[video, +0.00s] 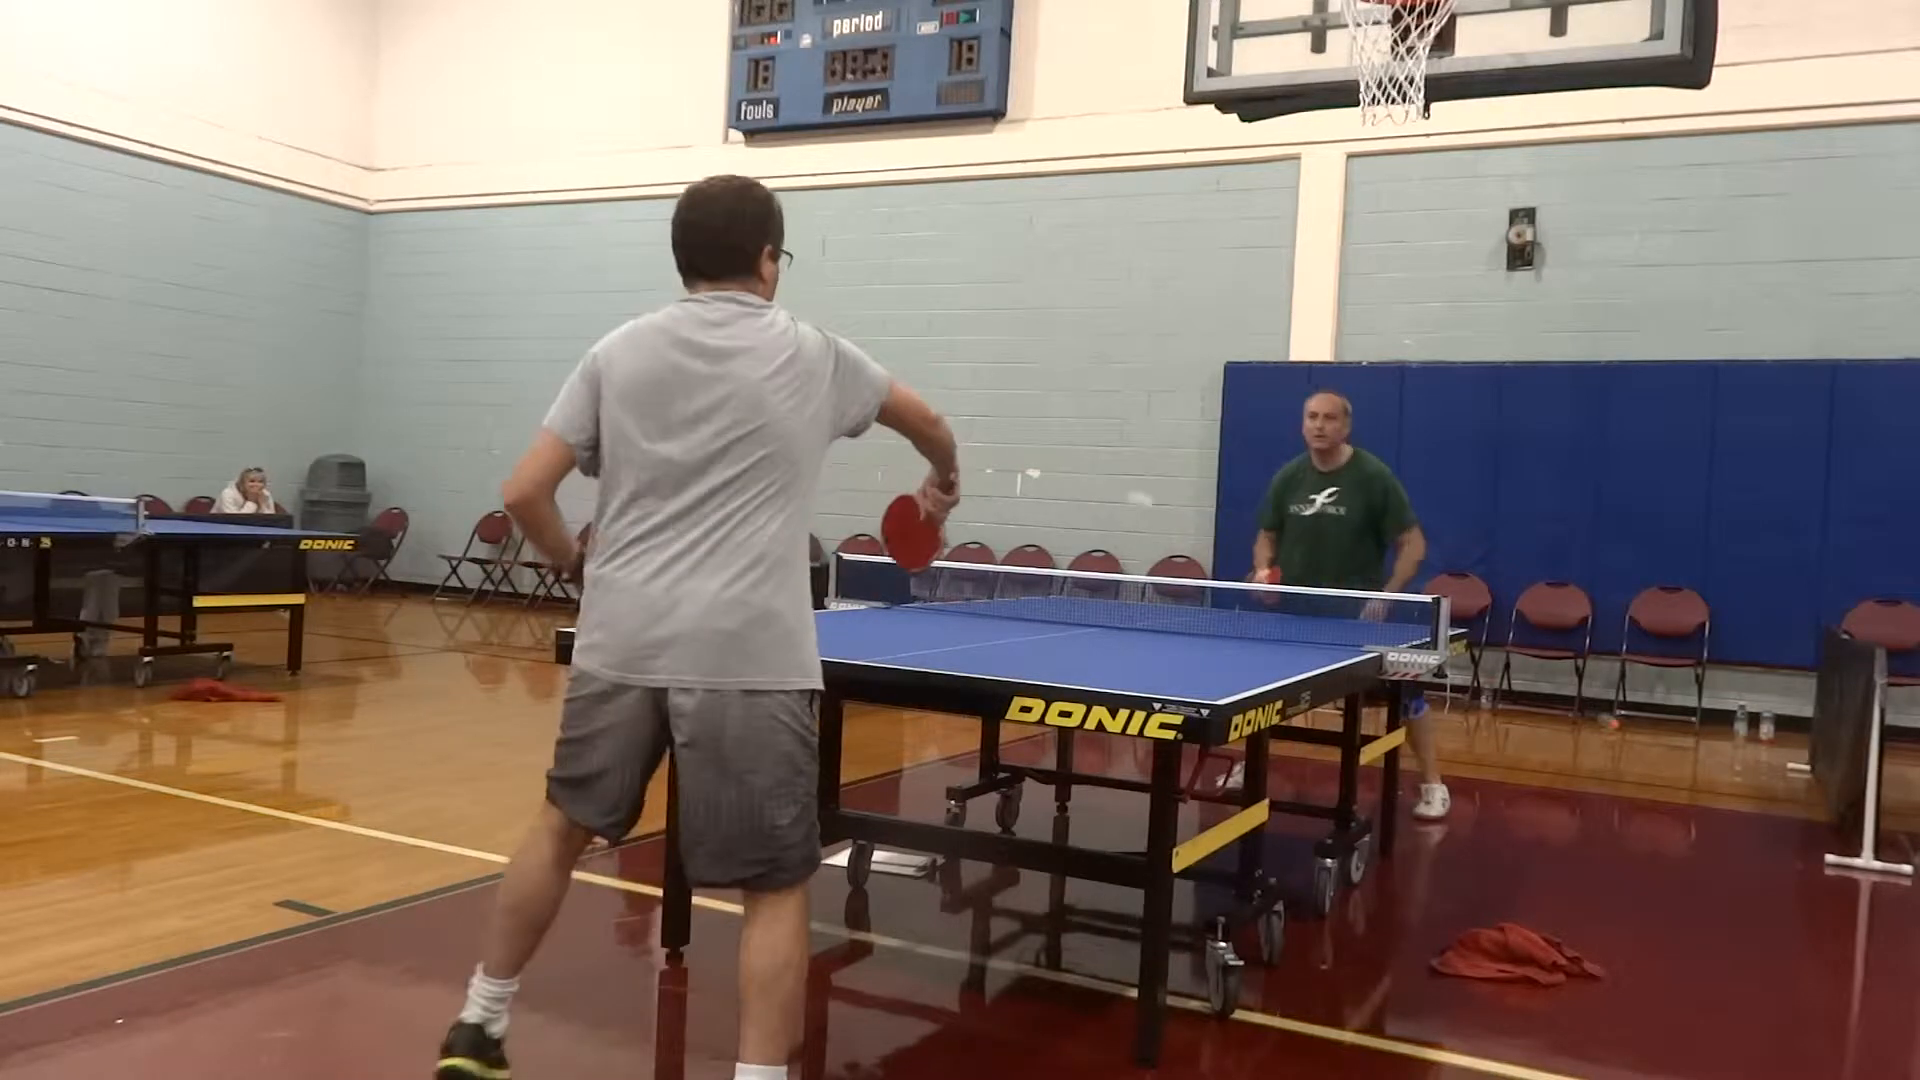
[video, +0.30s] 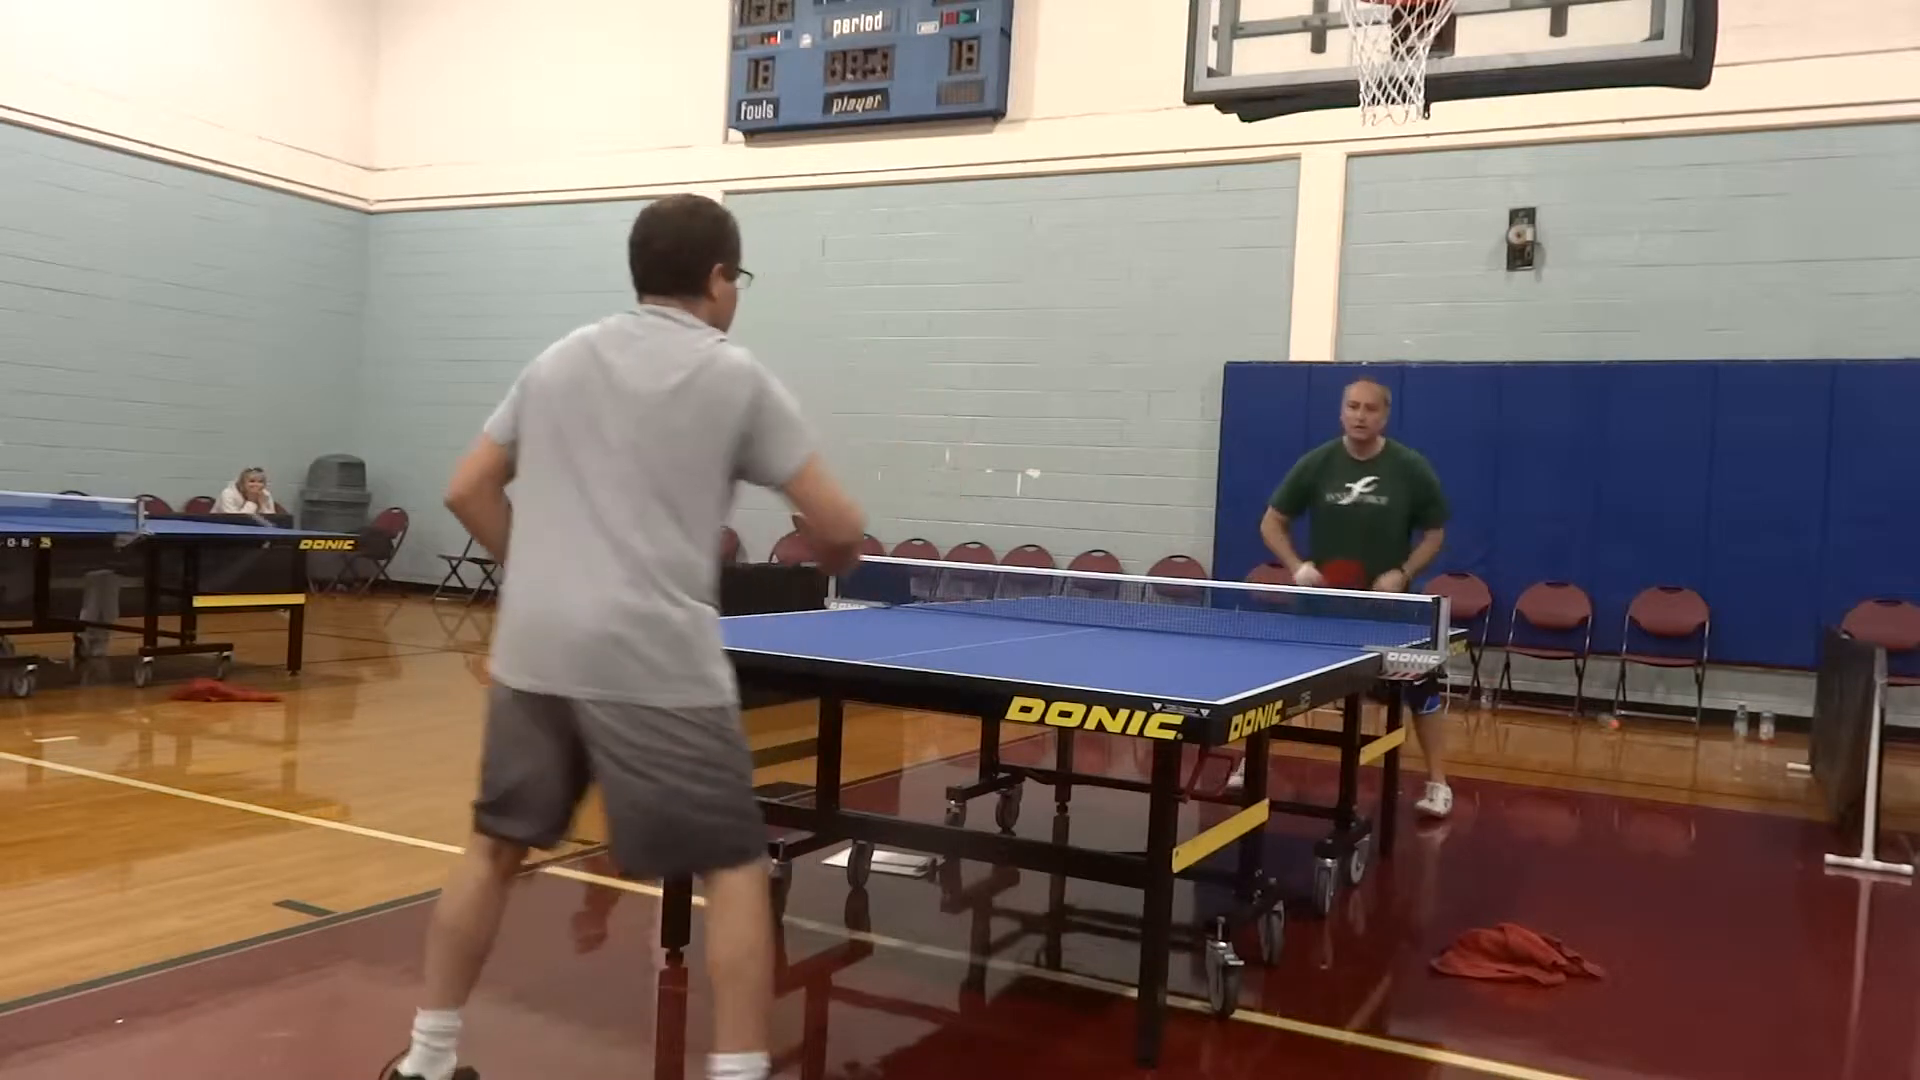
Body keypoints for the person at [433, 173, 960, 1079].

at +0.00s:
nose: (782, 263)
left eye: (777, 251)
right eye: (781, 251)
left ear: (678, 261)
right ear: (767, 259)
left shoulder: (620, 351)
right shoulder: (810, 351)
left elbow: (525, 490)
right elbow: (926, 425)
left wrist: (567, 551)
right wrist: (947, 474)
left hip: (620, 650)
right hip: (754, 664)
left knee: (561, 827)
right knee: (773, 889)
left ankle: (480, 1020)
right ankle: (759, 1078)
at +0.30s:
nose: (737, 293)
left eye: (736, 278)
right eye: (736, 278)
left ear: (641, 277)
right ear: (716, 280)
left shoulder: (562, 358)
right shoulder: (734, 377)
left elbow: (468, 490)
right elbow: (839, 523)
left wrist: (537, 575)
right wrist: (820, 545)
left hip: (532, 648)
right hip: (657, 663)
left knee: (494, 849)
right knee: (736, 867)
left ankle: (427, 1060)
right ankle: (741, 1071)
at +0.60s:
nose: (702, 362)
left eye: (700, 345)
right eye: (697, 345)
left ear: (607, 342)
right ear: (666, 346)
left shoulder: (530, 415)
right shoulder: (652, 433)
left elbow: (447, 546)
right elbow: (664, 589)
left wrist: (553, 571)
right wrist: (738, 632)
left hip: (457, 687)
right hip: (564, 699)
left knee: (448, 847)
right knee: (722, 874)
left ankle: (340, 1025)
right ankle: (680, 1072)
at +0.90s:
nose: (764, 325)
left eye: (769, 305)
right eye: (746, 303)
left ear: (675, 303)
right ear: (677, 300)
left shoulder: (618, 368)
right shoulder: (662, 389)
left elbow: (578, 522)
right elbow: (626, 525)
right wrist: (730, 602)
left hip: (539, 666)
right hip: (607, 683)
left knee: (508, 846)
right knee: (752, 885)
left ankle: (376, 1010)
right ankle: (724, 1070)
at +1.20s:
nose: (727, 229)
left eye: (748, 208)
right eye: (700, 205)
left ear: (771, 221)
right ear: (654, 216)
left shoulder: (748, 336)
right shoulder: (622, 341)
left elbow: (764, 473)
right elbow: (496, 514)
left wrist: (836, 573)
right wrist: (594, 653)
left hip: (708, 672)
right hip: (626, 686)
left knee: (657, 904)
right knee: (705, 918)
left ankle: (578, 1067)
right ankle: (703, 1074)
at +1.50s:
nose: (648, 166)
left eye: (673, 141)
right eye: (618, 146)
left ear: (719, 162)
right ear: (587, 175)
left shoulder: (761, 311)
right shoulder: (537, 322)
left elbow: (824, 456)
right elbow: (415, 511)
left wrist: (909, 567)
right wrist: (357, 703)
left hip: (708, 697)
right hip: (570, 707)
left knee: (638, 962)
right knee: (604, 979)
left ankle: (571, 1068)